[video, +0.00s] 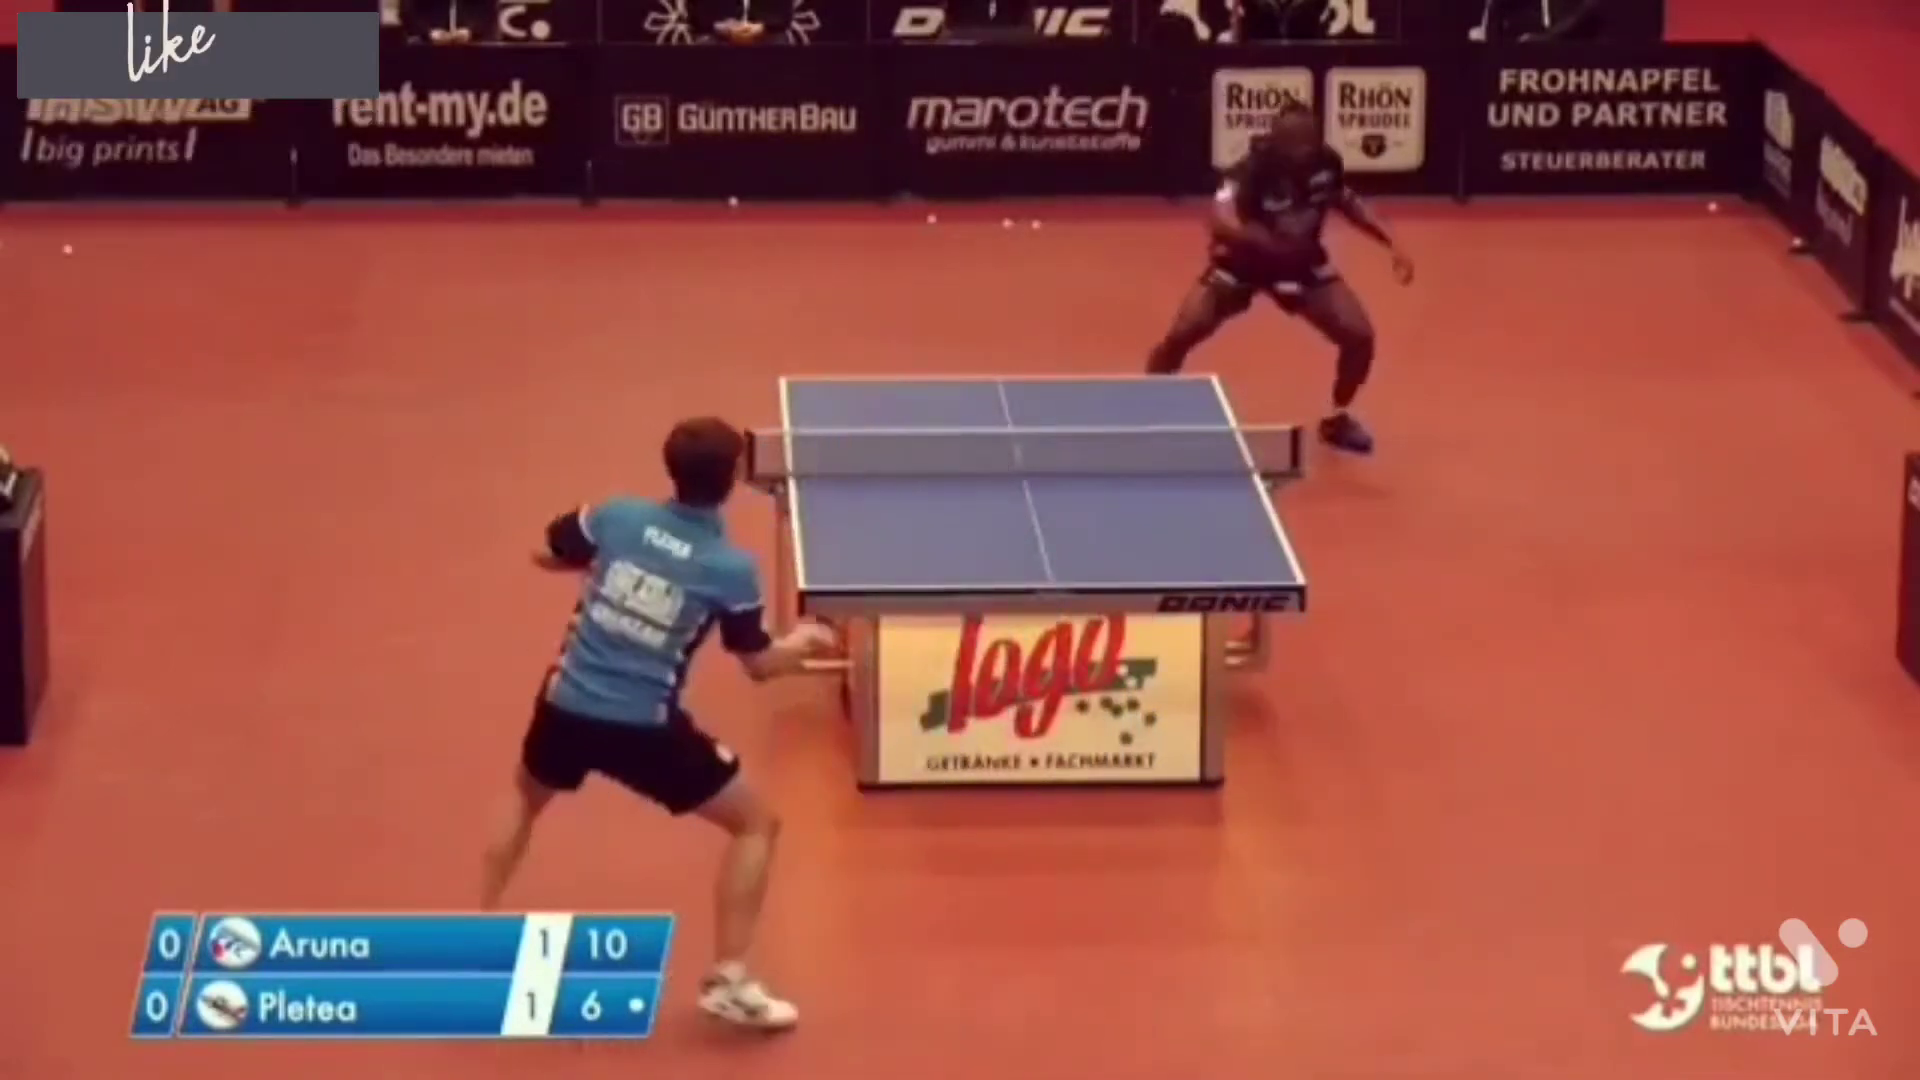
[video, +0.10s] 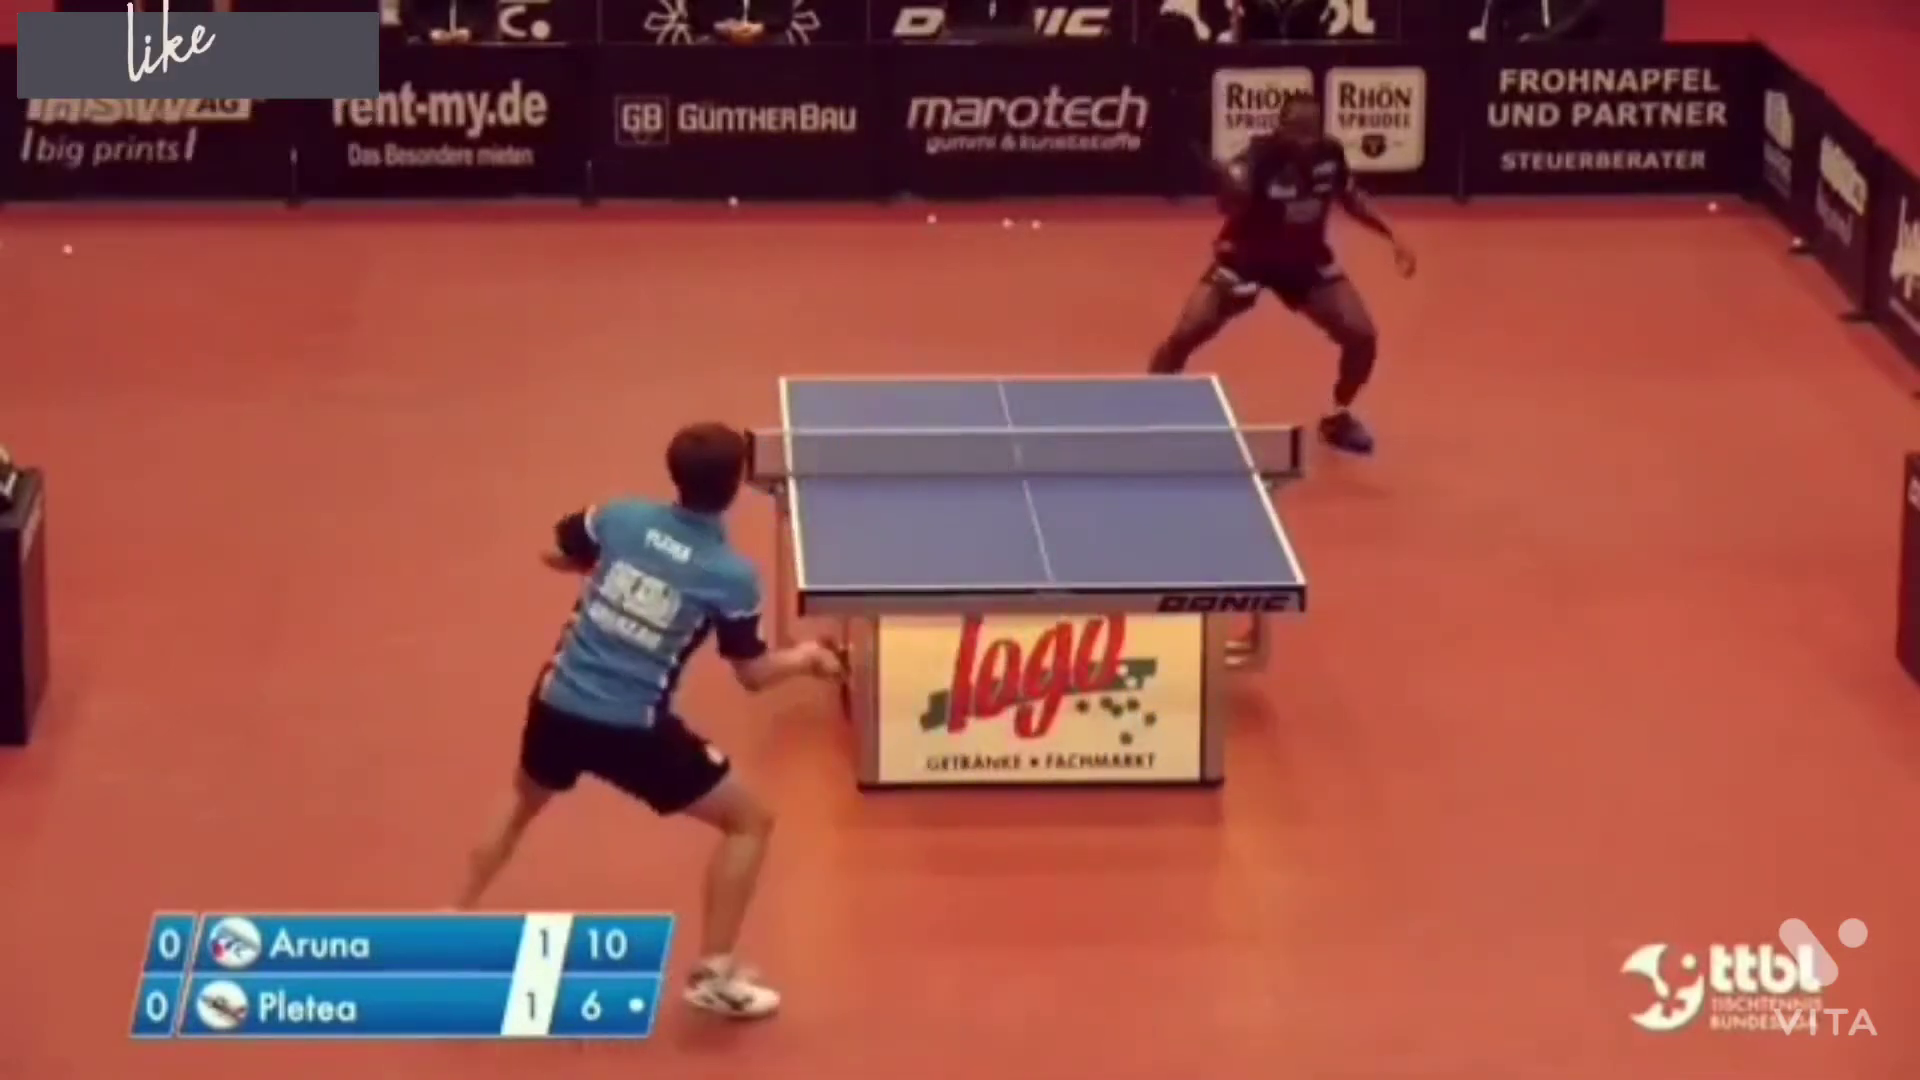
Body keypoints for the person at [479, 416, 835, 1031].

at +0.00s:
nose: (739, 474)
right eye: (736, 467)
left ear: (671, 471)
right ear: (731, 479)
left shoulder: (620, 517)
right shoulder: (732, 569)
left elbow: (555, 547)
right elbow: (759, 664)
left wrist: (611, 567)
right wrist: (802, 641)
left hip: (564, 712)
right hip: (642, 730)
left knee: (524, 801)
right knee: (756, 824)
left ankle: (478, 928)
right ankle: (731, 977)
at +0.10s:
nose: (741, 480)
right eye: (740, 472)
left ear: (675, 478)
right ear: (734, 486)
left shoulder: (625, 519)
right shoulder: (733, 576)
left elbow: (561, 548)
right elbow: (754, 673)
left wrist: (610, 567)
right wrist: (806, 656)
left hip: (556, 712)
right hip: (633, 733)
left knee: (521, 802)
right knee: (751, 821)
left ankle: (454, 918)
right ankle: (716, 971)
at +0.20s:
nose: (748, 521)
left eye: (743, 509)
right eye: (745, 514)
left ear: (684, 513)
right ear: (737, 531)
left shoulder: (648, 549)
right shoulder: (706, 621)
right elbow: (716, 727)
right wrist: (783, 763)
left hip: (536, 727)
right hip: (599, 755)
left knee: (495, 825)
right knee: (723, 831)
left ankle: (395, 912)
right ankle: (703, 981)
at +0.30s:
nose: (735, 555)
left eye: (731, 545)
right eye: (732, 549)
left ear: (673, 545)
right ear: (720, 563)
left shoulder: (653, 575)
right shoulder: (671, 647)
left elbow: (714, 599)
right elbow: (645, 756)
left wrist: (779, 626)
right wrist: (707, 818)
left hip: (513, 731)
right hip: (564, 766)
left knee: (490, 834)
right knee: (702, 829)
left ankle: (370, 906)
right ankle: (704, 980)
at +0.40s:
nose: (676, 579)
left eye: (672, 574)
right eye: (669, 576)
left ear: (617, 572)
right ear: (652, 592)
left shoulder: (619, 593)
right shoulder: (577, 657)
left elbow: (686, 598)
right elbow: (509, 742)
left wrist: (761, 622)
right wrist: (507, 843)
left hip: (485, 745)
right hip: (523, 772)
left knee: (467, 834)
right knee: (665, 822)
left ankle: (340, 883)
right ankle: (697, 979)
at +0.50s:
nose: (592, 590)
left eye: (591, 580)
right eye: (589, 581)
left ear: (541, 579)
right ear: (570, 591)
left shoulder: (546, 621)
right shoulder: (497, 643)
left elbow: (556, 658)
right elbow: (431, 714)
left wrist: (594, 659)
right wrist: (412, 795)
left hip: (466, 776)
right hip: (493, 791)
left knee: (422, 840)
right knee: (624, 831)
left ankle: (341, 896)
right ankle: (694, 978)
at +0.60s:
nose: (324, 586)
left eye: (311, 578)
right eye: (319, 577)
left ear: (258, 587)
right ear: (311, 583)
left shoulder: (242, 647)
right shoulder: (338, 640)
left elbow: (211, 706)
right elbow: (417, 642)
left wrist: (266, 660)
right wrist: (448, 593)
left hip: (342, 809)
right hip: (411, 800)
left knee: (365, 808)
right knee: (542, 852)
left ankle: (348, 895)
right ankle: (648, 969)